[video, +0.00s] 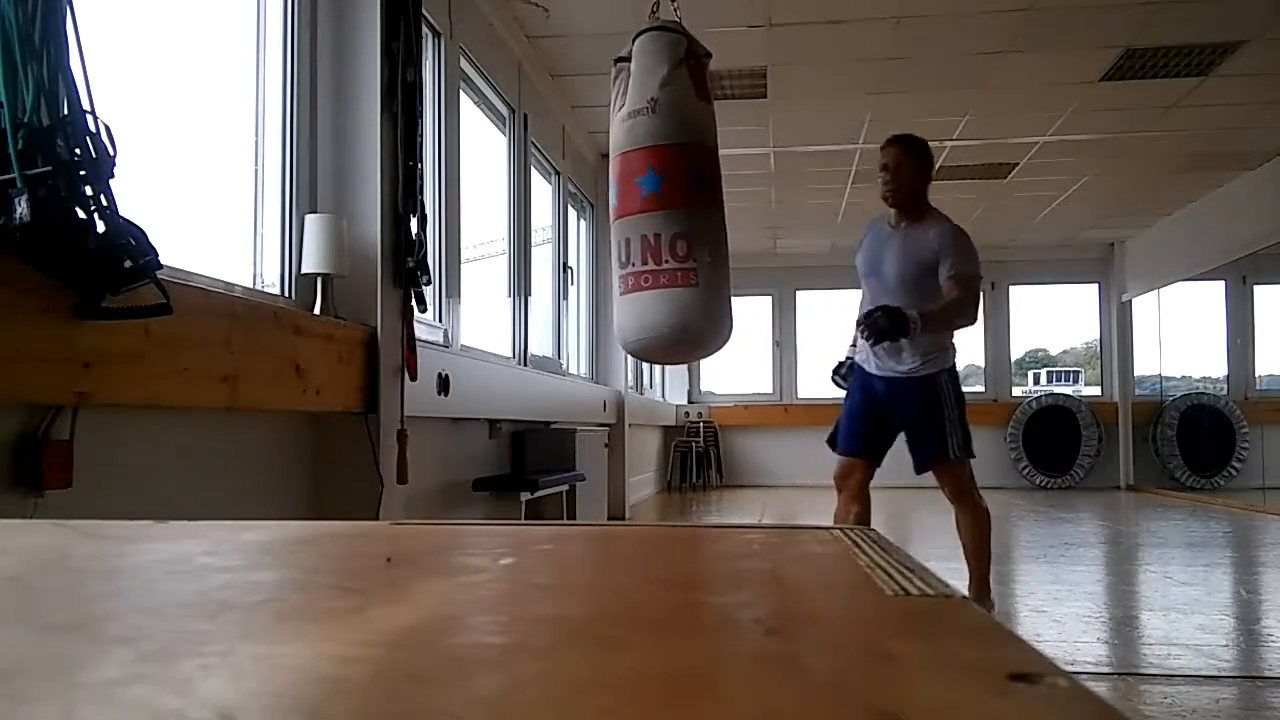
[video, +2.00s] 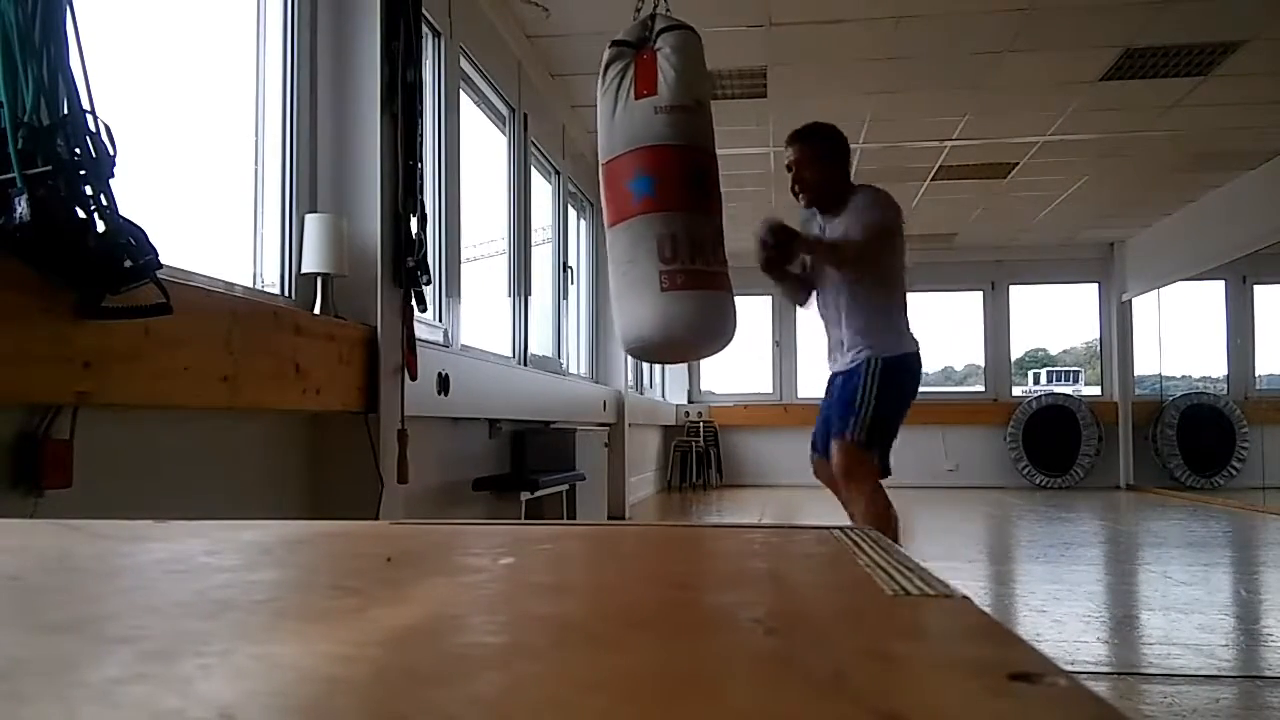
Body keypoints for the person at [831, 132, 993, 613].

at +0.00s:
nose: (882, 179)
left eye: (892, 170)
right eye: (881, 170)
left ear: (922, 174)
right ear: (882, 176)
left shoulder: (948, 237)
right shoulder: (874, 234)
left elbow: (965, 308)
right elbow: (871, 304)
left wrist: (909, 322)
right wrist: (855, 355)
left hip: (928, 381)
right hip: (871, 380)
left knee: (959, 488)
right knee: (848, 481)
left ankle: (980, 595)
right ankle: (847, 591)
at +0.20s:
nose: (913, 176)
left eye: (923, 167)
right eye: (909, 168)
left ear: (951, 173)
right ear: (905, 174)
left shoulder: (976, 240)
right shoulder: (895, 230)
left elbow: (992, 312)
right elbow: (886, 290)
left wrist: (943, 316)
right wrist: (867, 339)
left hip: (943, 374)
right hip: (890, 372)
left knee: (966, 484)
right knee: (878, 472)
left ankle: (981, 594)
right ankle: (899, 581)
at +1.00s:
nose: (858, 224)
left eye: (861, 213)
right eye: (854, 215)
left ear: (891, 204)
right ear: (873, 211)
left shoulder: (940, 246)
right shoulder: (867, 260)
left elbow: (947, 309)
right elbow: (863, 322)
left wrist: (914, 278)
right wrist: (841, 307)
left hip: (938, 371)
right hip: (895, 376)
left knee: (932, 477)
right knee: (902, 477)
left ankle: (938, 583)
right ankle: (957, 561)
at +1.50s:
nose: (818, 216)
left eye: (823, 204)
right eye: (815, 206)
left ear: (853, 197)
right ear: (823, 204)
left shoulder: (905, 234)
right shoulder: (832, 247)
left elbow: (932, 296)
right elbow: (823, 321)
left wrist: (885, 260)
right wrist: (809, 294)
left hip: (906, 362)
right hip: (863, 371)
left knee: (912, 461)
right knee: (867, 472)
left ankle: (952, 578)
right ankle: (904, 572)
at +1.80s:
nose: (797, 212)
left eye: (804, 199)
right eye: (793, 203)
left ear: (834, 196)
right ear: (793, 208)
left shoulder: (873, 232)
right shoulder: (812, 258)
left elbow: (917, 276)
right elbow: (789, 315)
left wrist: (850, 248)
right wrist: (772, 279)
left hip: (884, 370)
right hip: (858, 375)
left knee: (854, 469)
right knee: (842, 473)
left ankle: (892, 575)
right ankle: (876, 575)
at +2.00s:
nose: (793, 182)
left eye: (801, 169)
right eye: (790, 171)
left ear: (833, 166)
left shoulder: (873, 204)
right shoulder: (812, 221)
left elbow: (858, 257)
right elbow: (802, 293)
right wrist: (776, 271)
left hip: (882, 356)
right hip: (846, 361)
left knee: (851, 463)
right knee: (826, 465)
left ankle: (887, 578)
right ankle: (888, 565)